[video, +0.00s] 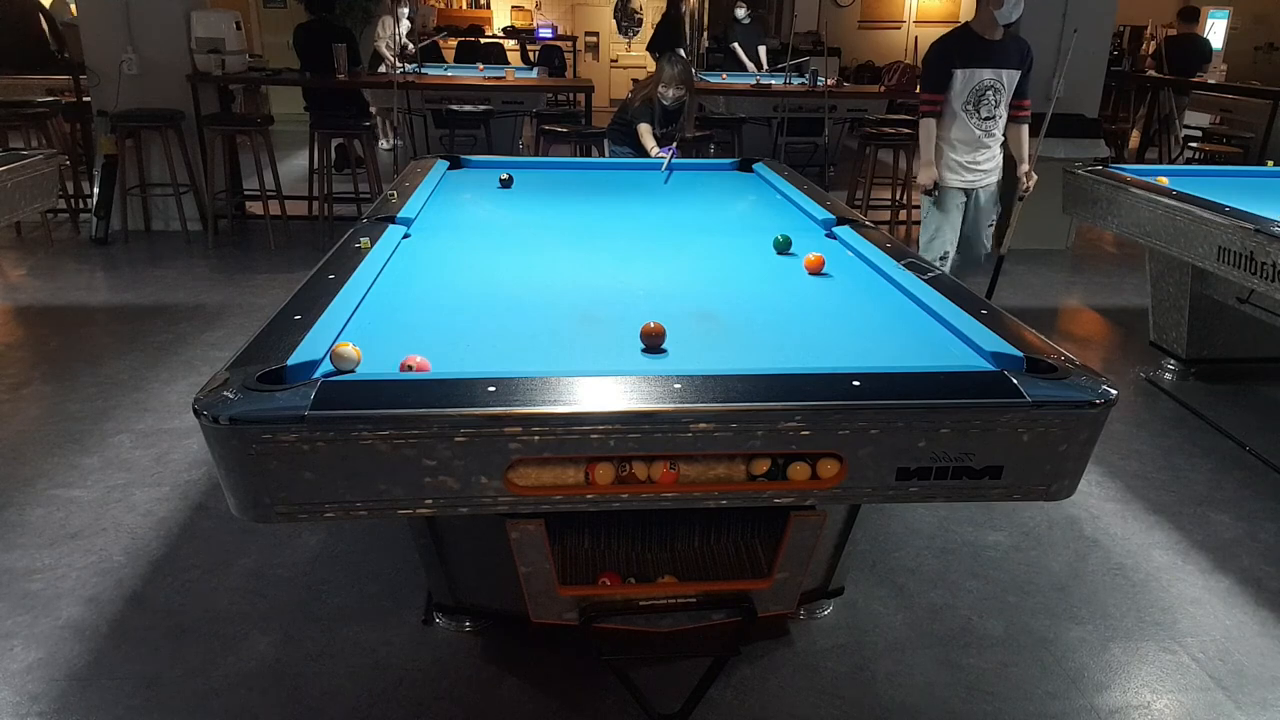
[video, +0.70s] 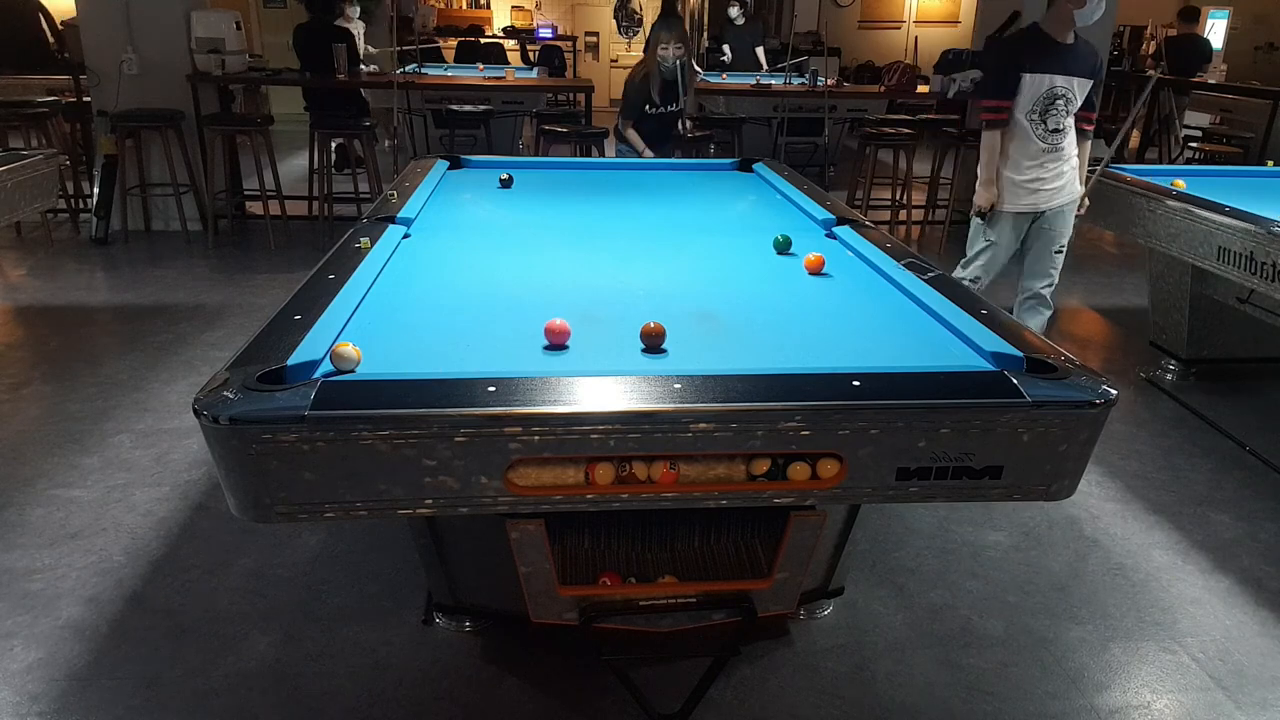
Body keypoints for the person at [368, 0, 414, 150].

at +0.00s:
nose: (404, 10)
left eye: (406, 7)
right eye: (401, 7)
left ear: (408, 8)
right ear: (394, 8)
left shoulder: (406, 24)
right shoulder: (386, 20)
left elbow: (400, 37)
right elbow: (378, 44)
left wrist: (408, 44)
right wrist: (392, 60)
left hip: (395, 64)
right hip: (380, 65)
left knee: (391, 102)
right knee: (380, 103)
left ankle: (392, 136)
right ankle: (382, 138)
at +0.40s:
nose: (385, 6)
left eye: (387, 3)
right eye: (381, 3)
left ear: (389, 5)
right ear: (374, 6)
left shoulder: (390, 20)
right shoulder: (368, 20)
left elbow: (389, 40)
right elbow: (369, 46)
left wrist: (397, 47)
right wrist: (387, 61)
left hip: (388, 63)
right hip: (374, 64)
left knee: (390, 102)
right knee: (377, 103)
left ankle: (392, 137)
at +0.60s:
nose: (366, 7)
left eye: (368, 4)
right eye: (362, 4)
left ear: (371, 6)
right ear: (355, 5)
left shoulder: (372, 23)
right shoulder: (351, 23)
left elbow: (370, 43)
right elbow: (355, 52)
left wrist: (378, 47)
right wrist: (373, 65)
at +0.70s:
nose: (355, 9)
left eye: (357, 6)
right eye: (351, 6)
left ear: (360, 7)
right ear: (344, 7)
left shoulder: (361, 25)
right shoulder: (338, 26)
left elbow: (359, 44)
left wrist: (366, 48)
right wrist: (363, 67)